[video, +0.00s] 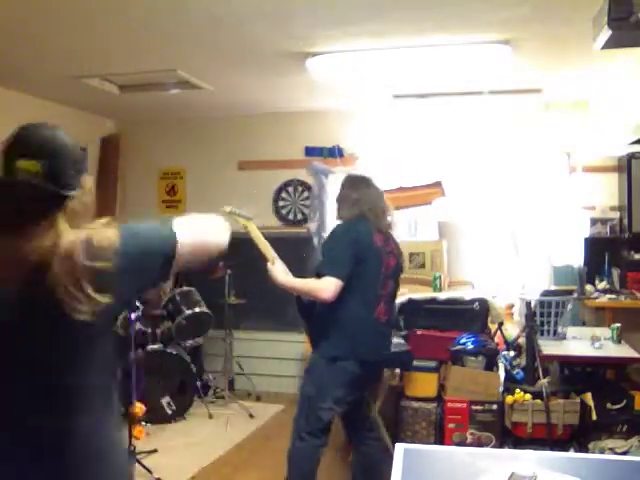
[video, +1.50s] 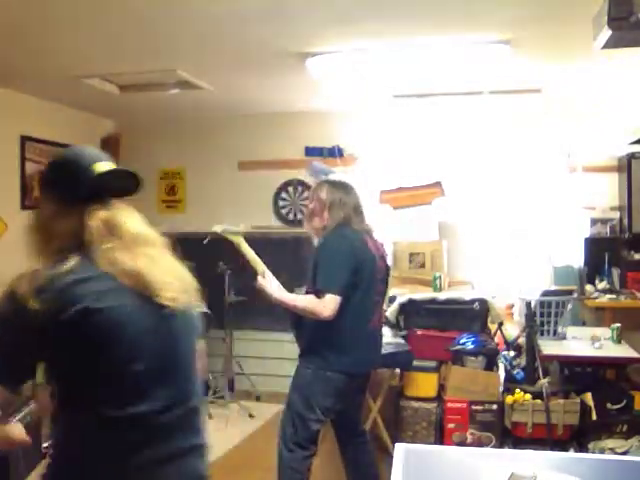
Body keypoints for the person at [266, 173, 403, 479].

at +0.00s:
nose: (338, 203)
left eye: (341, 197)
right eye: (339, 197)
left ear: (349, 200)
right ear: (375, 202)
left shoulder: (347, 234)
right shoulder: (389, 241)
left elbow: (328, 289)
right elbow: (385, 296)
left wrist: (285, 280)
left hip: (339, 352)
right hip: (373, 351)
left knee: (308, 434)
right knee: (362, 425)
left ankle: (299, 474)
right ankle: (378, 473)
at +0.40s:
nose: (306, 216)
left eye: (310, 208)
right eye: (306, 209)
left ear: (321, 209)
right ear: (344, 208)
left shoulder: (326, 241)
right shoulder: (364, 243)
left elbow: (311, 301)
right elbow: (374, 311)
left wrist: (280, 292)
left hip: (317, 358)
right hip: (353, 358)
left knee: (288, 443)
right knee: (350, 436)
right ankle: (366, 475)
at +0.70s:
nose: (312, 216)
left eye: (314, 208)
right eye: (313, 208)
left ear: (321, 210)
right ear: (349, 207)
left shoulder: (322, 245)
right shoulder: (369, 245)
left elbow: (313, 299)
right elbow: (372, 303)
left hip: (323, 350)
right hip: (357, 351)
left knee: (299, 435)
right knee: (351, 428)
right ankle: (366, 473)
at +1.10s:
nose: (310, 213)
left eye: (314, 206)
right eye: (311, 206)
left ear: (329, 208)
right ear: (350, 206)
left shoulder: (336, 242)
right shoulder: (370, 242)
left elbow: (324, 305)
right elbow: (372, 303)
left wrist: (286, 304)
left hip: (326, 358)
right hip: (358, 358)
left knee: (296, 442)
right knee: (351, 430)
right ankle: (366, 475)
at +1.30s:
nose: (307, 210)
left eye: (312, 203)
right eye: (308, 203)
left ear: (328, 207)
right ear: (349, 206)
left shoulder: (338, 240)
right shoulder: (368, 241)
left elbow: (324, 307)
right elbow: (362, 304)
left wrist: (280, 294)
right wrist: (311, 292)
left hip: (328, 361)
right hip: (358, 360)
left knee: (295, 445)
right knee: (352, 433)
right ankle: (367, 476)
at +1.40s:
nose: (308, 207)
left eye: (314, 201)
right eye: (310, 200)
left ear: (330, 207)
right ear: (349, 207)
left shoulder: (338, 240)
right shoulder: (368, 242)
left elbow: (325, 307)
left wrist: (279, 294)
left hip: (328, 361)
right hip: (358, 360)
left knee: (295, 445)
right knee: (352, 433)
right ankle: (368, 475)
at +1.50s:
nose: (308, 207)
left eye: (313, 201)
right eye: (309, 200)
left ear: (330, 207)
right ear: (349, 207)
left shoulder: (338, 241)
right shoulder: (367, 242)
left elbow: (326, 307)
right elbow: (361, 305)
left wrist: (280, 295)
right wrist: (310, 297)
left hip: (327, 362)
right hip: (358, 361)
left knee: (296, 445)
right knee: (352, 433)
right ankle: (368, 476)